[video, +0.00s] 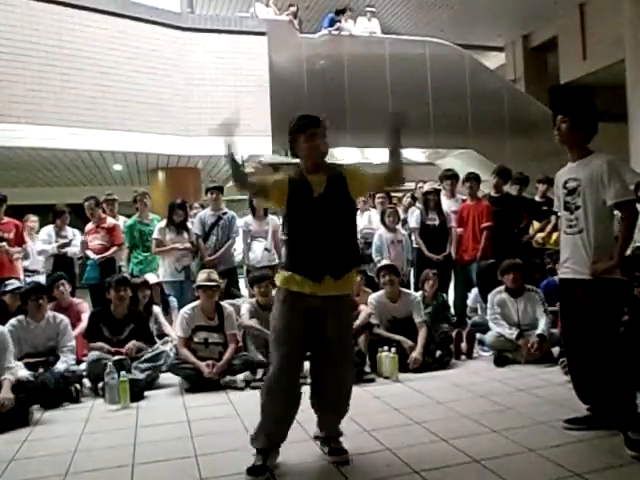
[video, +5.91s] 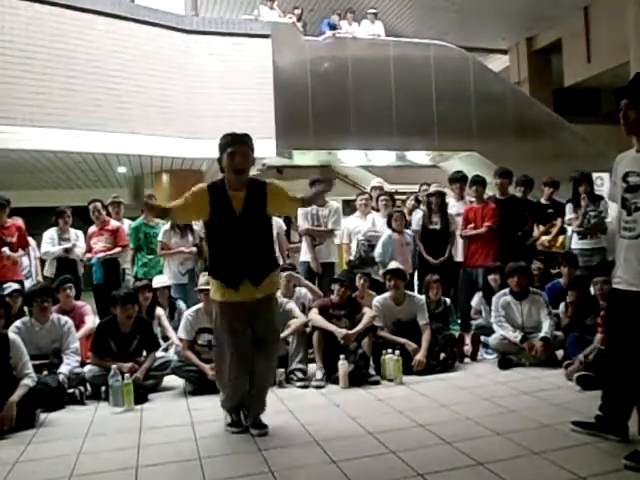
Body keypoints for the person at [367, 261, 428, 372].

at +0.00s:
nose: (388, 279)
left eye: (391, 274)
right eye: (384, 276)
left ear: (398, 277)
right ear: (379, 281)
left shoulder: (413, 298)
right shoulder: (374, 299)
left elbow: (422, 327)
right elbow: (375, 328)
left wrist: (418, 351)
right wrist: (401, 339)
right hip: (386, 334)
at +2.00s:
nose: (390, 280)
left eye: (393, 275)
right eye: (385, 276)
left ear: (400, 278)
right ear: (381, 280)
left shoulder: (414, 298)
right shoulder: (374, 300)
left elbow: (422, 326)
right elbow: (374, 328)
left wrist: (418, 351)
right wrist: (401, 339)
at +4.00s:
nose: (393, 283)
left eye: (397, 279)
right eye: (388, 279)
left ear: (403, 281)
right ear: (384, 282)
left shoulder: (418, 300)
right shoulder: (378, 302)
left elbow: (426, 329)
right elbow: (378, 330)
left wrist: (422, 354)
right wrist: (405, 342)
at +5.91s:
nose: (393, 284)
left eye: (397, 280)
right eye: (389, 280)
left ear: (404, 282)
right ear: (386, 283)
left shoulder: (418, 300)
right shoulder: (379, 302)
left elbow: (426, 329)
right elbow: (379, 330)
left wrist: (422, 354)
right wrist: (405, 342)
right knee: (378, 340)